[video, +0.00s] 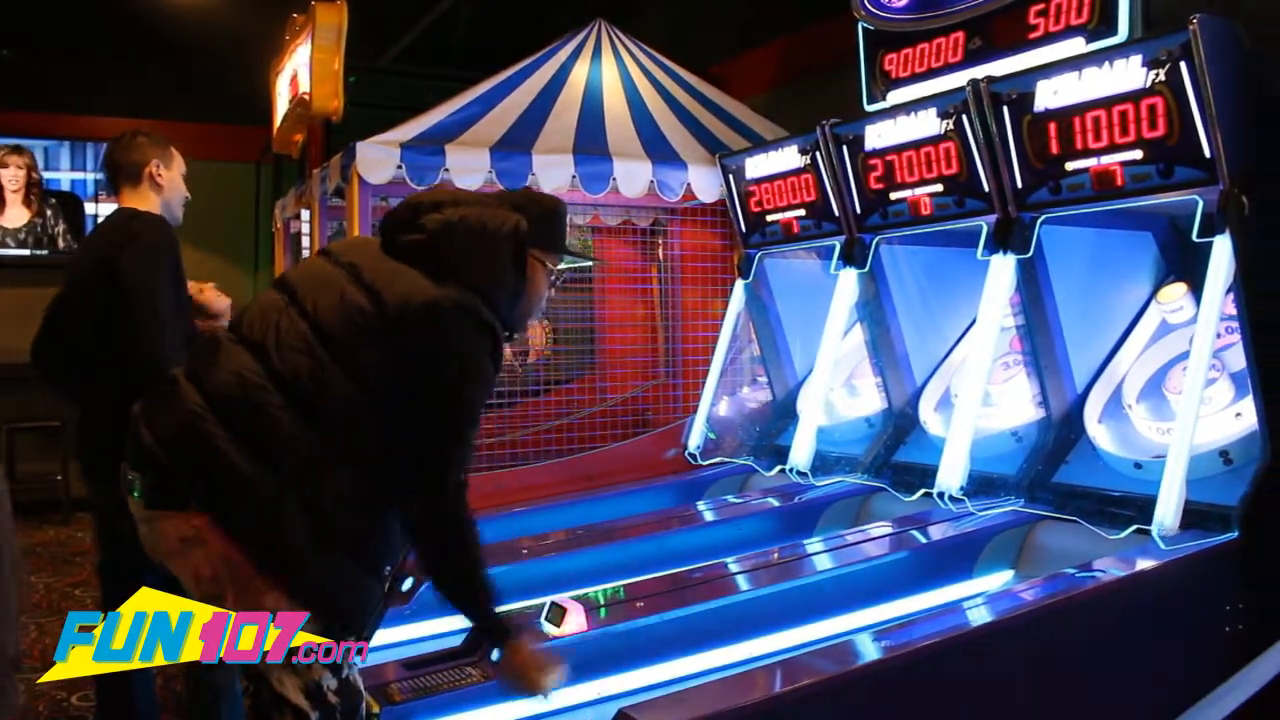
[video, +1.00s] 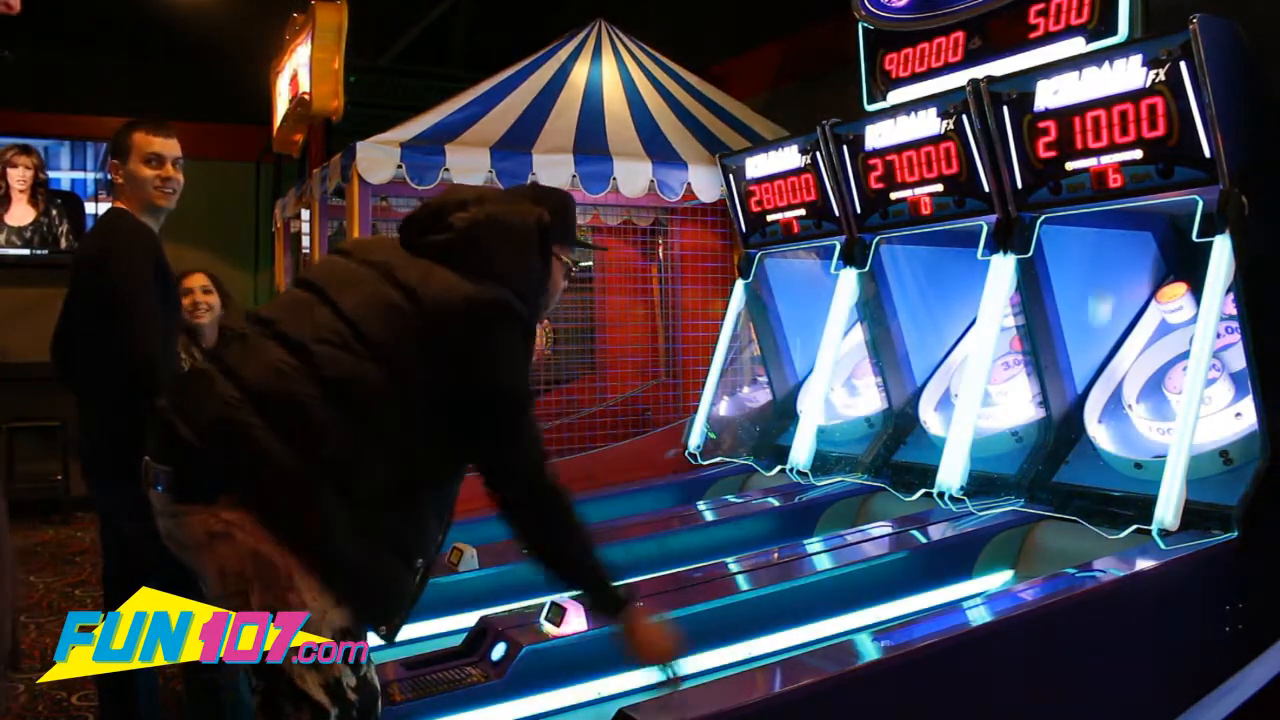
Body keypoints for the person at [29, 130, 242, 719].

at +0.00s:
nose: (187, 185)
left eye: (185, 172)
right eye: (183, 172)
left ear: (125, 178)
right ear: (157, 172)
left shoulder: (103, 239)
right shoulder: (152, 238)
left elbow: (50, 349)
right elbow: (160, 353)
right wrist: (211, 321)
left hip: (106, 448)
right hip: (144, 454)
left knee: (124, 593)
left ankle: (125, 706)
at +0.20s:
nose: (191, 185)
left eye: (189, 171)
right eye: (186, 171)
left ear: (133, 176)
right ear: (158, 172)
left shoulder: (105, 240)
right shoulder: (149, 240)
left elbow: (60, 349)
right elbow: (160, 359)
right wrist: (201, 327)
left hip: (111, 454)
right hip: (144, 460)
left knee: (127, 598)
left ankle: (125, 706)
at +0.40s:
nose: (195, 181)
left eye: (193, 169)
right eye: (185, 168)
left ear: (138, 174)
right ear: (143, 172)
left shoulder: (106, 240)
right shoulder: (146, 239)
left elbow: (65, 350)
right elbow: (155, 361)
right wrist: (195, 325)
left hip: (114, 456)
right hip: (145, 460)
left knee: (129, 600)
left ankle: (127, 707)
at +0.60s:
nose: (184, 177)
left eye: (186, 167)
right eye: (170, 164)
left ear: (135, 176)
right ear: (127, 170)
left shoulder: (104, 238)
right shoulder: (143, 239)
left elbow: (65, 349)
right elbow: (154, 355)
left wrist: (110, 401)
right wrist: (195, 418)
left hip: (110, 444)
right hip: (141, 449)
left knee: (128, 591)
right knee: (164, 592)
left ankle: (127, 705)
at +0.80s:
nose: (174, 175)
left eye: (179, 165)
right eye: (158, 162)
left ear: (180, 173)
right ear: (120, 170)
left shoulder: (105, 238)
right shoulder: (137, 242)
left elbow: (66, 349)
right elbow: (150, 358)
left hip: (110, 441)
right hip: (136, 447)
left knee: (128, 585)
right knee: (152, 589)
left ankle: (127, 702)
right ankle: (135, 702)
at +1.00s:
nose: (171, 173)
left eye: (177, 164)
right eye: (155, 161)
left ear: (181, 175)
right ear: (118, 171)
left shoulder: (112, 237)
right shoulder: (129, 241)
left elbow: (68, 348)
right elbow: (149, 357)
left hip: (114, 442)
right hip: (132, 447)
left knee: (131, 588)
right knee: (150, 592)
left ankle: (128, 704)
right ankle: (138, 705)